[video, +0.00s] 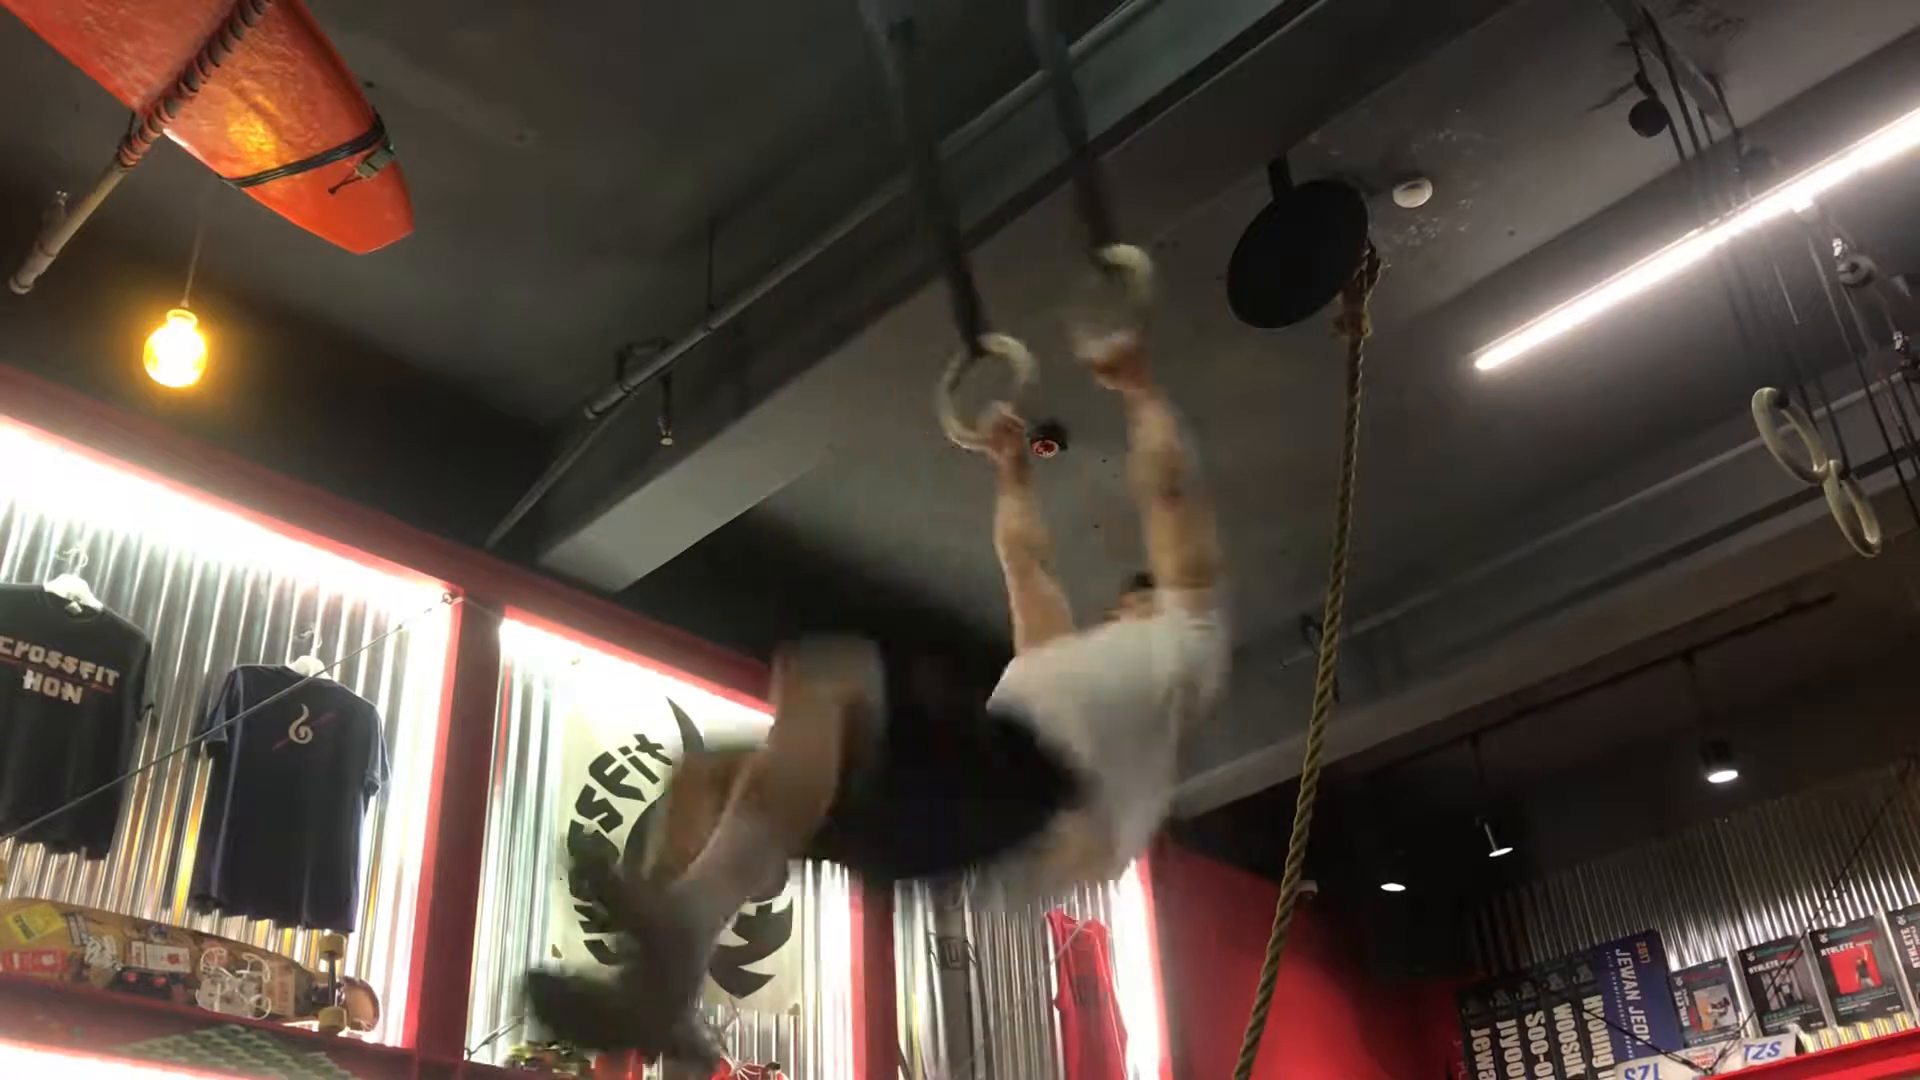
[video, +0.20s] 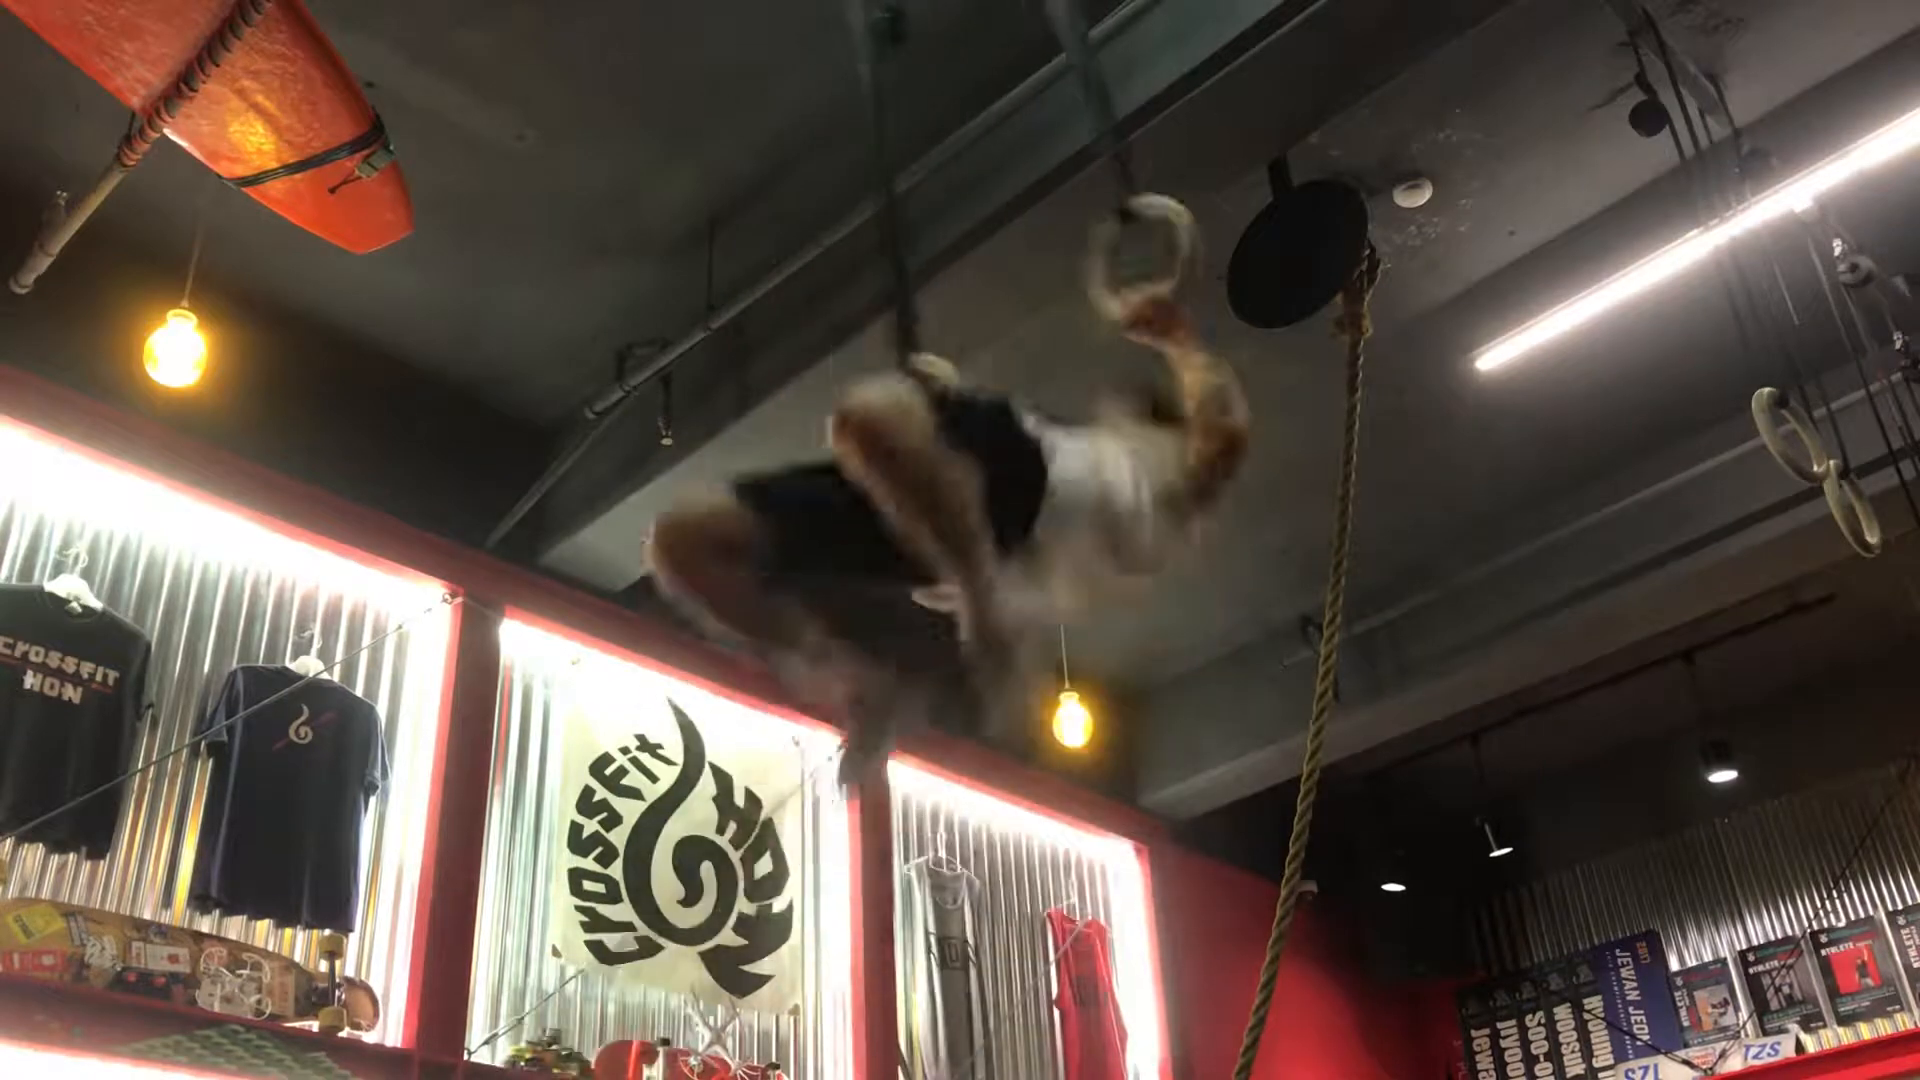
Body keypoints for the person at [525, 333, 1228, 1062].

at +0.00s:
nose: (1125, 604)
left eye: (1144, 598)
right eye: (1127, 600)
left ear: (1175, 610)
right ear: (1116, 620)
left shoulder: (1187, 648)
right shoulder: (1066, 677)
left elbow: (1173, 489)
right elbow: (1030, 573)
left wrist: (1135, 383)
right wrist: (1012, 468)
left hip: (1006, 786)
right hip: (929, 825)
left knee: (830, 667)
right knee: (704, 779)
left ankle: (689, 921)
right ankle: (661, 994)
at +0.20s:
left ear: (1205, 466)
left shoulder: (1174, 479)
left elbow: (1225, 429)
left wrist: (1179, 341)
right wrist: (949, 398)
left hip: (1026, 473)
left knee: (870, 418)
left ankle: (986, 630)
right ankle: (849, 680)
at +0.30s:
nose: (1076, 266)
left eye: (1093, 256)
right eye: (1062, 255)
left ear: (1118, 278)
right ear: (1038, 279)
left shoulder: (1140, 346)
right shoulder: (1023, 352)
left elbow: (1219, 407)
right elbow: (1004, 263)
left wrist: (1131, 329)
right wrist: (1063, 299)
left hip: (1022, 477)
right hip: (920, 498)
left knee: (872, 318)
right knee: (710, 427)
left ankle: (980, 550)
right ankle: (865, 598)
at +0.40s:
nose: (926, 215)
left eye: (939, 191)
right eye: (913, 211)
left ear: (988, 188)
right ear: (914, 233)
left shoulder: (1057, 234)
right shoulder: (945, 314)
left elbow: (1203, 312)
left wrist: (1160, 284)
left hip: (1051, 462)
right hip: (971, 527)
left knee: (895, 298)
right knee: (765, 386)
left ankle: (911, 524)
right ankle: (829, 566)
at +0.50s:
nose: (872, 203)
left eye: (883, 177)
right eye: (856, 197)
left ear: (934, 162)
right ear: (854, 214)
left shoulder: (1018, 200)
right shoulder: (881, 283)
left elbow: (1138, 201)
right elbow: (910, 367)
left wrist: (1149, 290)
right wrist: (902, 432)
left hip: (1087, 459)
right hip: (993, 503)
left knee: (939, 375)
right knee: (826, 431)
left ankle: (850, 490)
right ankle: (772, 571)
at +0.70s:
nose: (784, 159)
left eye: (798, 135)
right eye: (771, 149)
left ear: (855, 128)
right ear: (769, 165)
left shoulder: (942, 160)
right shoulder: (811, 256)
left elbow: (1075, 164)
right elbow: (845, 314)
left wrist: (1081, 252)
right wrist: (866, 374)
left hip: (1056, 387)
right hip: (957, 424)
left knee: (987, 493)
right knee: (904, 533)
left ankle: (1014, 742)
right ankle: (934, 755)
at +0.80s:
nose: (758, 117)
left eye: (775, 92)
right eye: (750, 105)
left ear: (836, 92)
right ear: (756, 130)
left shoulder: (924, 130)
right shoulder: (791, 235)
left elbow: (1055, 152)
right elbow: (838, 304)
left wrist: (1063, 235)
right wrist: (852, 362)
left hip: (1041, 362)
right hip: (942, 410)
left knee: (977, 480)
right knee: (890, 513)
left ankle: (1124, 669)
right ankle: (1048, 692)